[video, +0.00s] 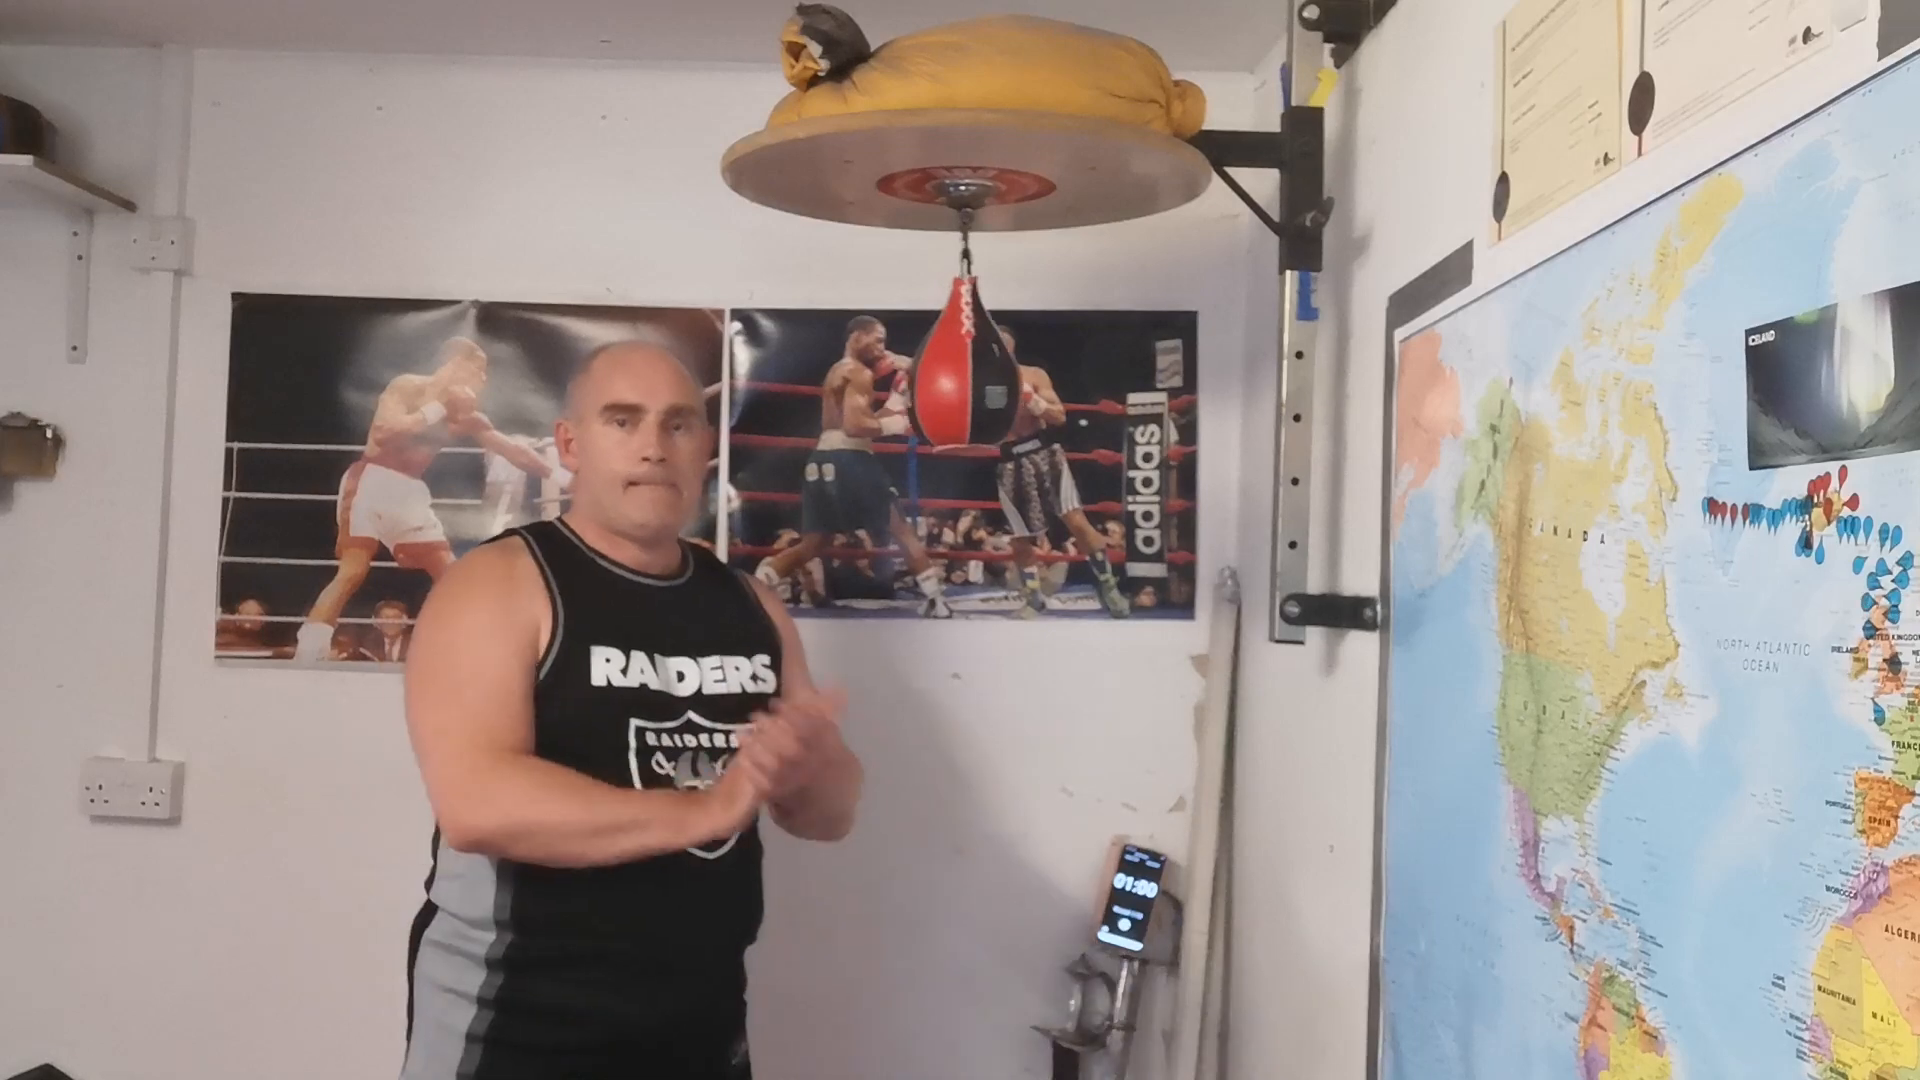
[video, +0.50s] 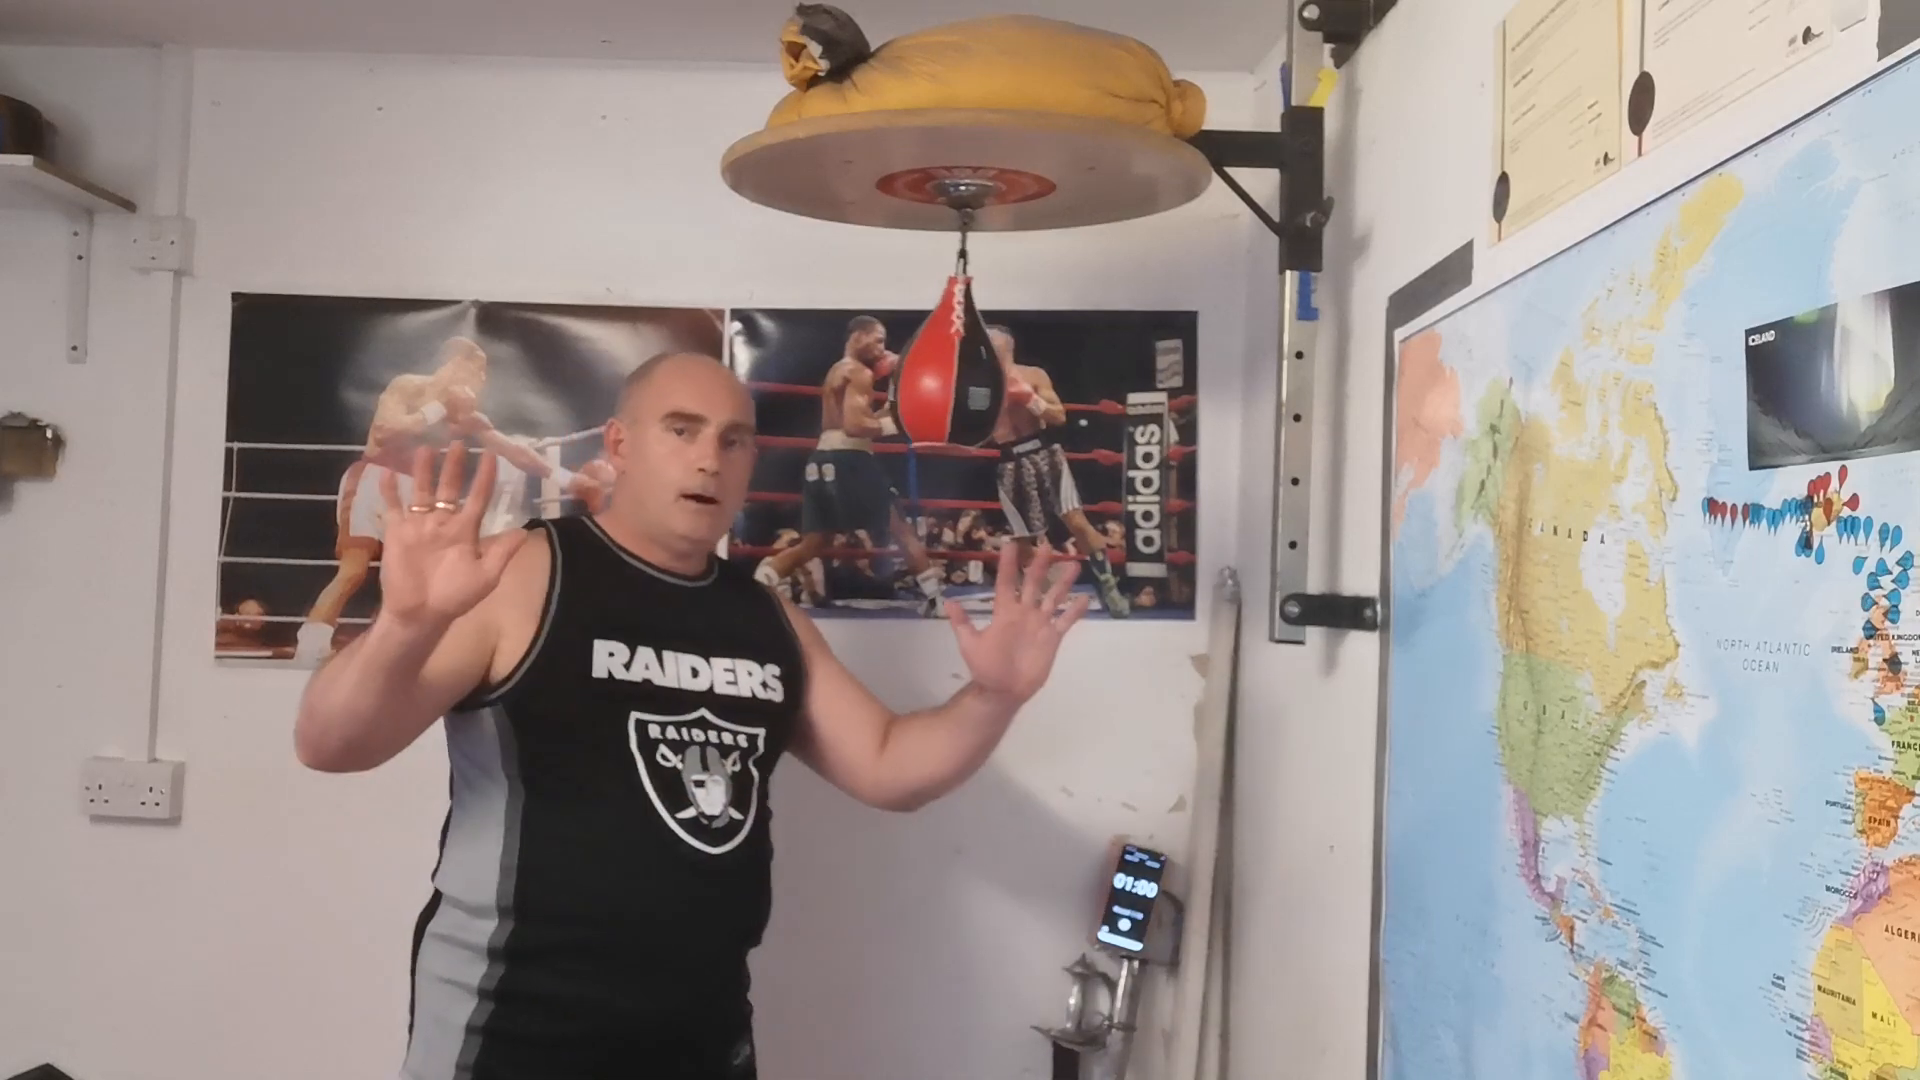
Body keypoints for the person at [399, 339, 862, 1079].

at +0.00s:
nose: (652, 447)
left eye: (678, 423)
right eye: (623, 420)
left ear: (709, 451)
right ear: (569, 447)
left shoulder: (749, 606)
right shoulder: (493, 587)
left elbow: (830, 817)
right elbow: (476, 801)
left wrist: (808, 768)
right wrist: (697, 813)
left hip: (694, 1017)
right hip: (516, 1018)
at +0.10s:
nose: (661, 445)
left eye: (686, 423)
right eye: (631, 418)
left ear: (714, 452)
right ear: (575, 443)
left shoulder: (752, 606)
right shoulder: (493, 586)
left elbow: (844, 808)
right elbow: (446, 795)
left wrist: (819, 773)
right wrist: (680, 777)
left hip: (695, 1021)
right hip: (514, 1021)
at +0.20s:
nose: (674, 447)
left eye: (697, 426)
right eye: (642, 419)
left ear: (719, 454)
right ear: (583, 443)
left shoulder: (752, 607)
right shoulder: (500, 584)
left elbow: (846, 798)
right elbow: (401, 782)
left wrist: (874, 791)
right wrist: (589, 756)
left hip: (695, 1019)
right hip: (514, 1020)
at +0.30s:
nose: (691, 448)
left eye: (714, 426)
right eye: (660, 420)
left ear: (733, 456)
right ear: (597, 442)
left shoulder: (753, 609)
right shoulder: (504, 573)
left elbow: (858, 774)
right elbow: (360, 783)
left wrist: (952, 743)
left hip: (695, 1015)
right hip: (512, 1016)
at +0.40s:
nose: (705, 453)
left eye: (726, 436)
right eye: (674, 424)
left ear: (741, 466)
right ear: (605, 447)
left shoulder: (761, 614)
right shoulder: (522, 570)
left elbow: (881, 768)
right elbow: (333, 760)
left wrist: (990, 701)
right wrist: (401, 636)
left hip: (696, 1028)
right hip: (511, 1029)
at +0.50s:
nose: (712, 457)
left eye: (734, 440)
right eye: (683, 429)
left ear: (750, 468)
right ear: (615, 447)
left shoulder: (764, 617)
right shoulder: (528, 571)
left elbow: (888, 764)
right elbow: (327, 746)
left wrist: (994, 698)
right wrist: (407, 625)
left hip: (697, 1029)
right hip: (513, 1027)